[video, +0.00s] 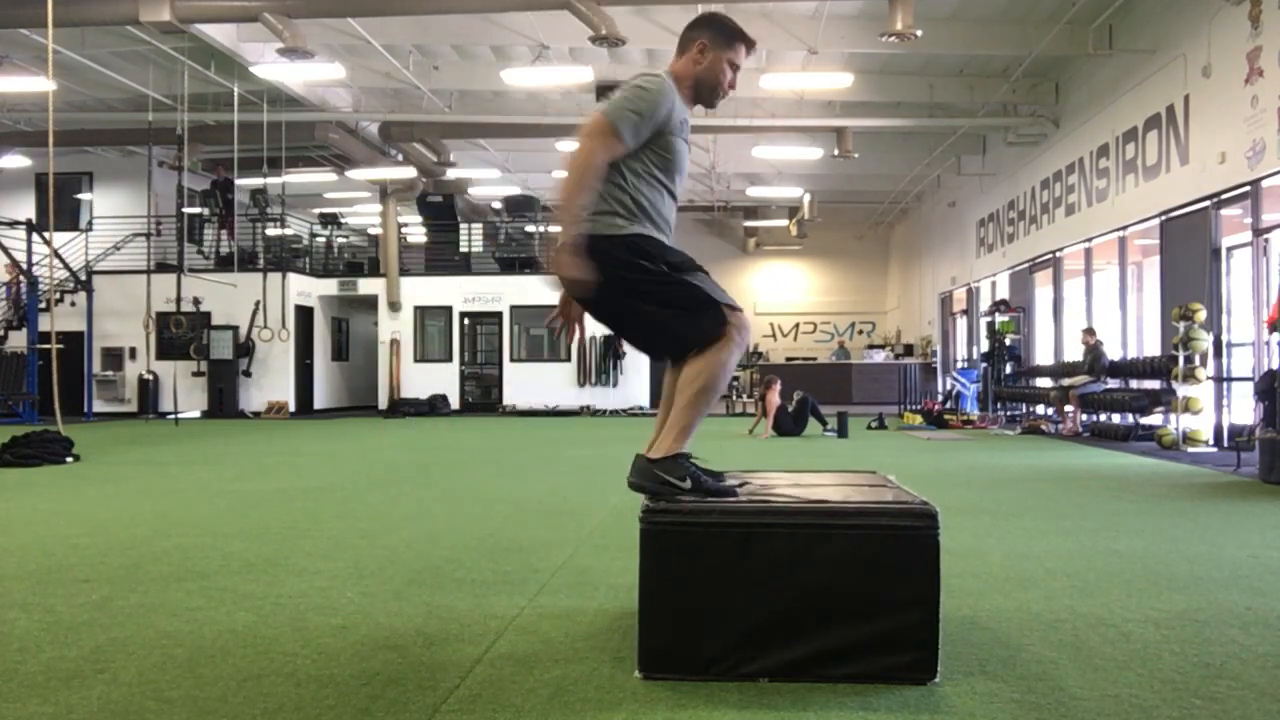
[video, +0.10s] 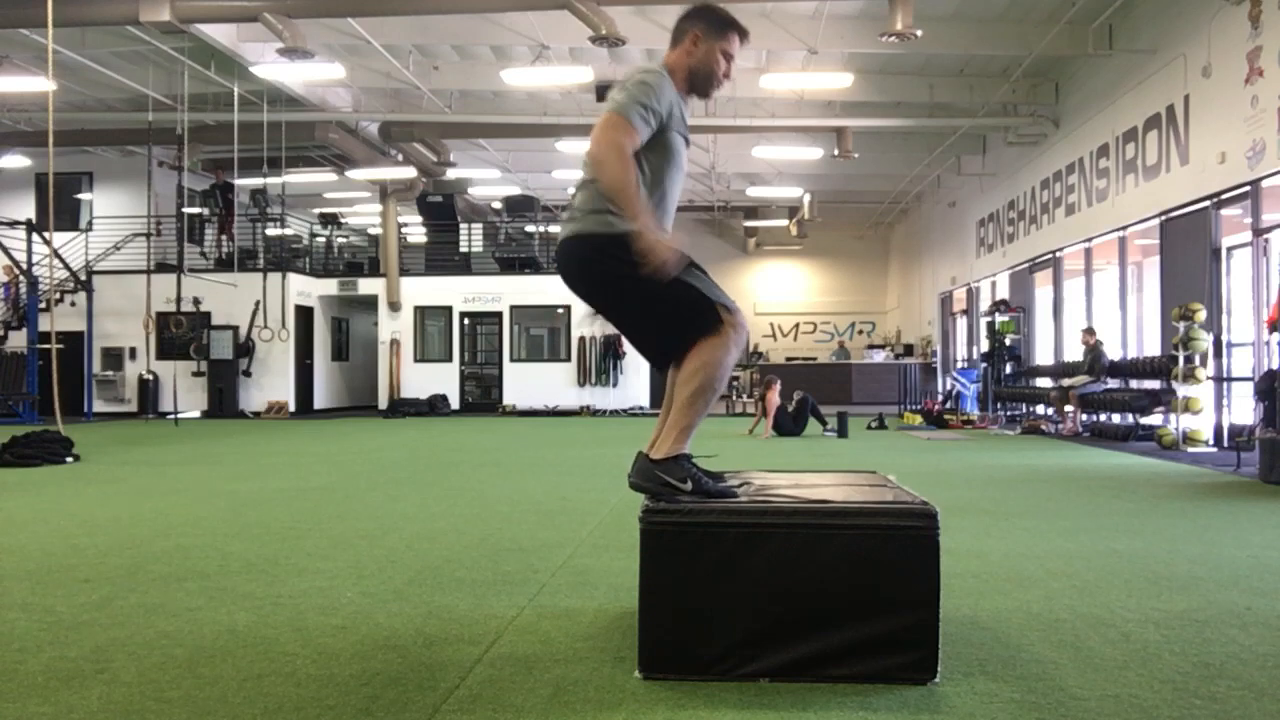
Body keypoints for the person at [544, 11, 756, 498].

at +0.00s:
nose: (733, 84)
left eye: (738, 72)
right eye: (732, 68)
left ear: (700, 57)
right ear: (699, 52)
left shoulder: (672, 113)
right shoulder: (657, 90)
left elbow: (611, 198)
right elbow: (590, 150)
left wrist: (575, 282)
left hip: (613, 252)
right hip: (619, 243)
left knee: (698, 343)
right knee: (732, 327)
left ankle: (659, 457)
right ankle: (667, 456)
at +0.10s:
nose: (729, 73)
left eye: (732, 62)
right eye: (726, 57)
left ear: (692, 49)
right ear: (693, 42)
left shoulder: (668, 102)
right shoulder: (654, 84)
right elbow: (606, 147)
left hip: (606, 245)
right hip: (604, 239)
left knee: (698, 345)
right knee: (728, 327)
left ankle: (661, 458)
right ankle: (667, 457)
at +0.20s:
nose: (717, 40)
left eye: (721, 30)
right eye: (713, 23)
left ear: (681, 17)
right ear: (676, 9)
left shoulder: (664, 78)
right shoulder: (633, 50)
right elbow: (579, 106)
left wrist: (655, 183)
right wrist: (649, 167)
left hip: (614, 214)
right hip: (587, 208)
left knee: (684, 316)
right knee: (686, 310)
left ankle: (665, 455)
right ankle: (662, 455)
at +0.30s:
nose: (693, 7)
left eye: (695, 2)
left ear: (680, 6)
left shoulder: (662, 47)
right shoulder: (600, 10)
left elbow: (629, 112)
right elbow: (540, 69)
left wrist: (647, 167)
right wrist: (606, 128)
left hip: (604, 185)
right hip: (553, 171)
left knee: (661, 291)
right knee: (616, 289)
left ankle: (657, 439)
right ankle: (636, 439)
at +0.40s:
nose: (653, 4)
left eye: (657, 2)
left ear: (651, 6)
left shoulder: (641, 36)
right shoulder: (561, 7)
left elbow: (625, 92)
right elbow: (492, 60)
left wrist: (632, 131)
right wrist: (558, 113)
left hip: (594, 170)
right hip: (531, 166)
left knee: (647, 279)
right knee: (578, 280)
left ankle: (594, 398)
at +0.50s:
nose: (615, 13)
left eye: (621, 7)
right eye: (608, 4)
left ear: (626, 6)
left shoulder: (622, 50)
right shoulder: (521, 22)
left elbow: (620, 106)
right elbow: (457, 87)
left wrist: (618, 135)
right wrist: (520, 130)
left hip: (580, 196)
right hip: (513, 196)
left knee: (614, 310)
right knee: (522, 311)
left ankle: (586, 438)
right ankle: (490, 445)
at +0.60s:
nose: (569, 50)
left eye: (582, 41)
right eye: (563, 35)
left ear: (593, 40)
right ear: (541, 25)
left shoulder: (604, 95)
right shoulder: (486, 76)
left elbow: (624, 166)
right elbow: (433, 140)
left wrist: (601, 173)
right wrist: (494, 154)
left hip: (566, 250)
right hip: (490, 248)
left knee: (576, 376)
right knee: (464, 377)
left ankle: (581, 515)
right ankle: (440, 503)